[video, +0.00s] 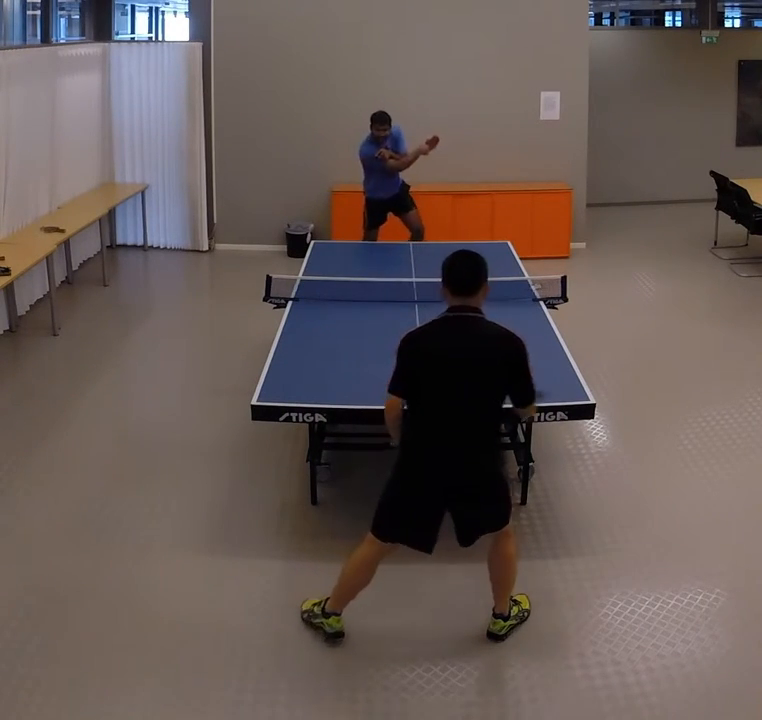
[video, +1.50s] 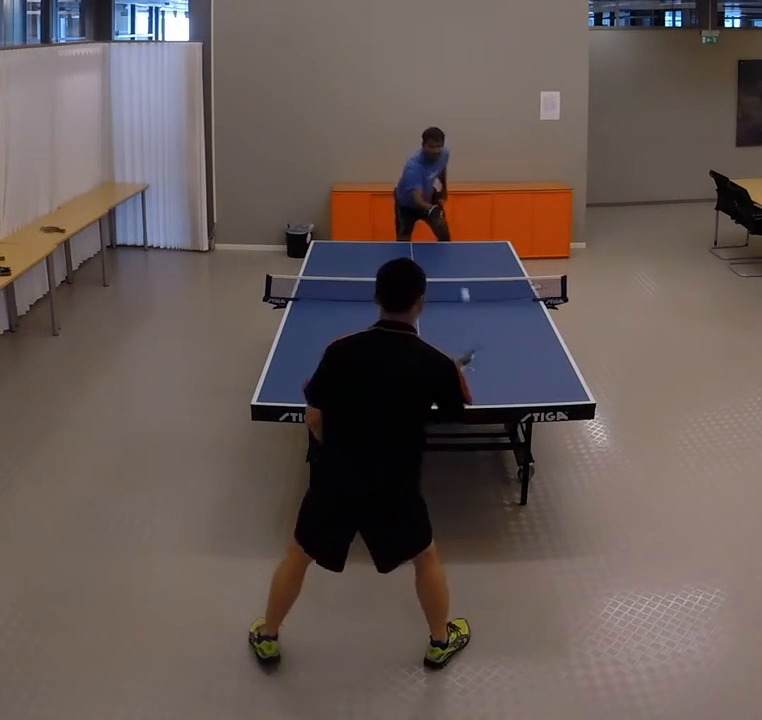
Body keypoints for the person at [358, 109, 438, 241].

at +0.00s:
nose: (382, 134)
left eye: (385, 130)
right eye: (378, 130)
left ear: (390, 128)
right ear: (371, 128)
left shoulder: (395, 133)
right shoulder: (367, 150)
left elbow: (405, 158)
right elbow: (396, 167)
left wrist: (390, 154)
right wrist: (419, 152)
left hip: (397, 192)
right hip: (375, 198)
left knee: (418, 231)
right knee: (370, 239)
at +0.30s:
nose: (417, 137)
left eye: (421, 134)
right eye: (414, 133)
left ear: (426, 134)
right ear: (408, 132)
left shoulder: (432, 147)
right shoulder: (394, 154)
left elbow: (437, 176)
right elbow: (391, 187)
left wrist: (416, 171)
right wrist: (413, 210)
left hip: (423, 200)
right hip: (398, 201)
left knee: (438, 240)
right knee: (384, 241)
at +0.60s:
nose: (431, 131)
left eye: (435, 127)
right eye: (428, 127)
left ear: (440, 128)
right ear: (422, 126)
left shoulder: (445, 146)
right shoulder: (405, 146)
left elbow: (454, 169)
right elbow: (392, 170)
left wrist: (456, 198)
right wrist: (389, 198)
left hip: (431, 200)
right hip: (406, 200)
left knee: (441, 241)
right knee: (396, 240)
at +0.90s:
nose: (419, 146)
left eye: (423, 142)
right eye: (415, 142)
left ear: (428, 141)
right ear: (409, 140)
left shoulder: (436, 156)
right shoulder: (398, 161)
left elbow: (445, 180)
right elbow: (398, 191)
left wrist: (451, 207)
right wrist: (409, 209)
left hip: (425, 204)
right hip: (401, 205)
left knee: (433, 245)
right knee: (397, 245)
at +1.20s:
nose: (420, 151)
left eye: (423, 147)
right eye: (415, 148)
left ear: (426, 145)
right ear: (408, 148)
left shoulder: (429, 152)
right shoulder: (403, 169)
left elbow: (433, 167)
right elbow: (419, 187)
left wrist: (443, 184)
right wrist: (436, 203)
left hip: (417, 195)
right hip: (397, 198)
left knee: (431, 235)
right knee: (399, 239)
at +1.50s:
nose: (435, 151)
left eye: (438, 147)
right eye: (431, 147)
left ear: (442, 146)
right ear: (423, 145)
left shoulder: (444, 155)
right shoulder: (414, 165)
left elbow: (442, 173)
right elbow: (416, 197)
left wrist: (444, 190)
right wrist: (430, 208)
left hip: (429, 199)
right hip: (407, 202)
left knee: (444, 235)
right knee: (403, 240)